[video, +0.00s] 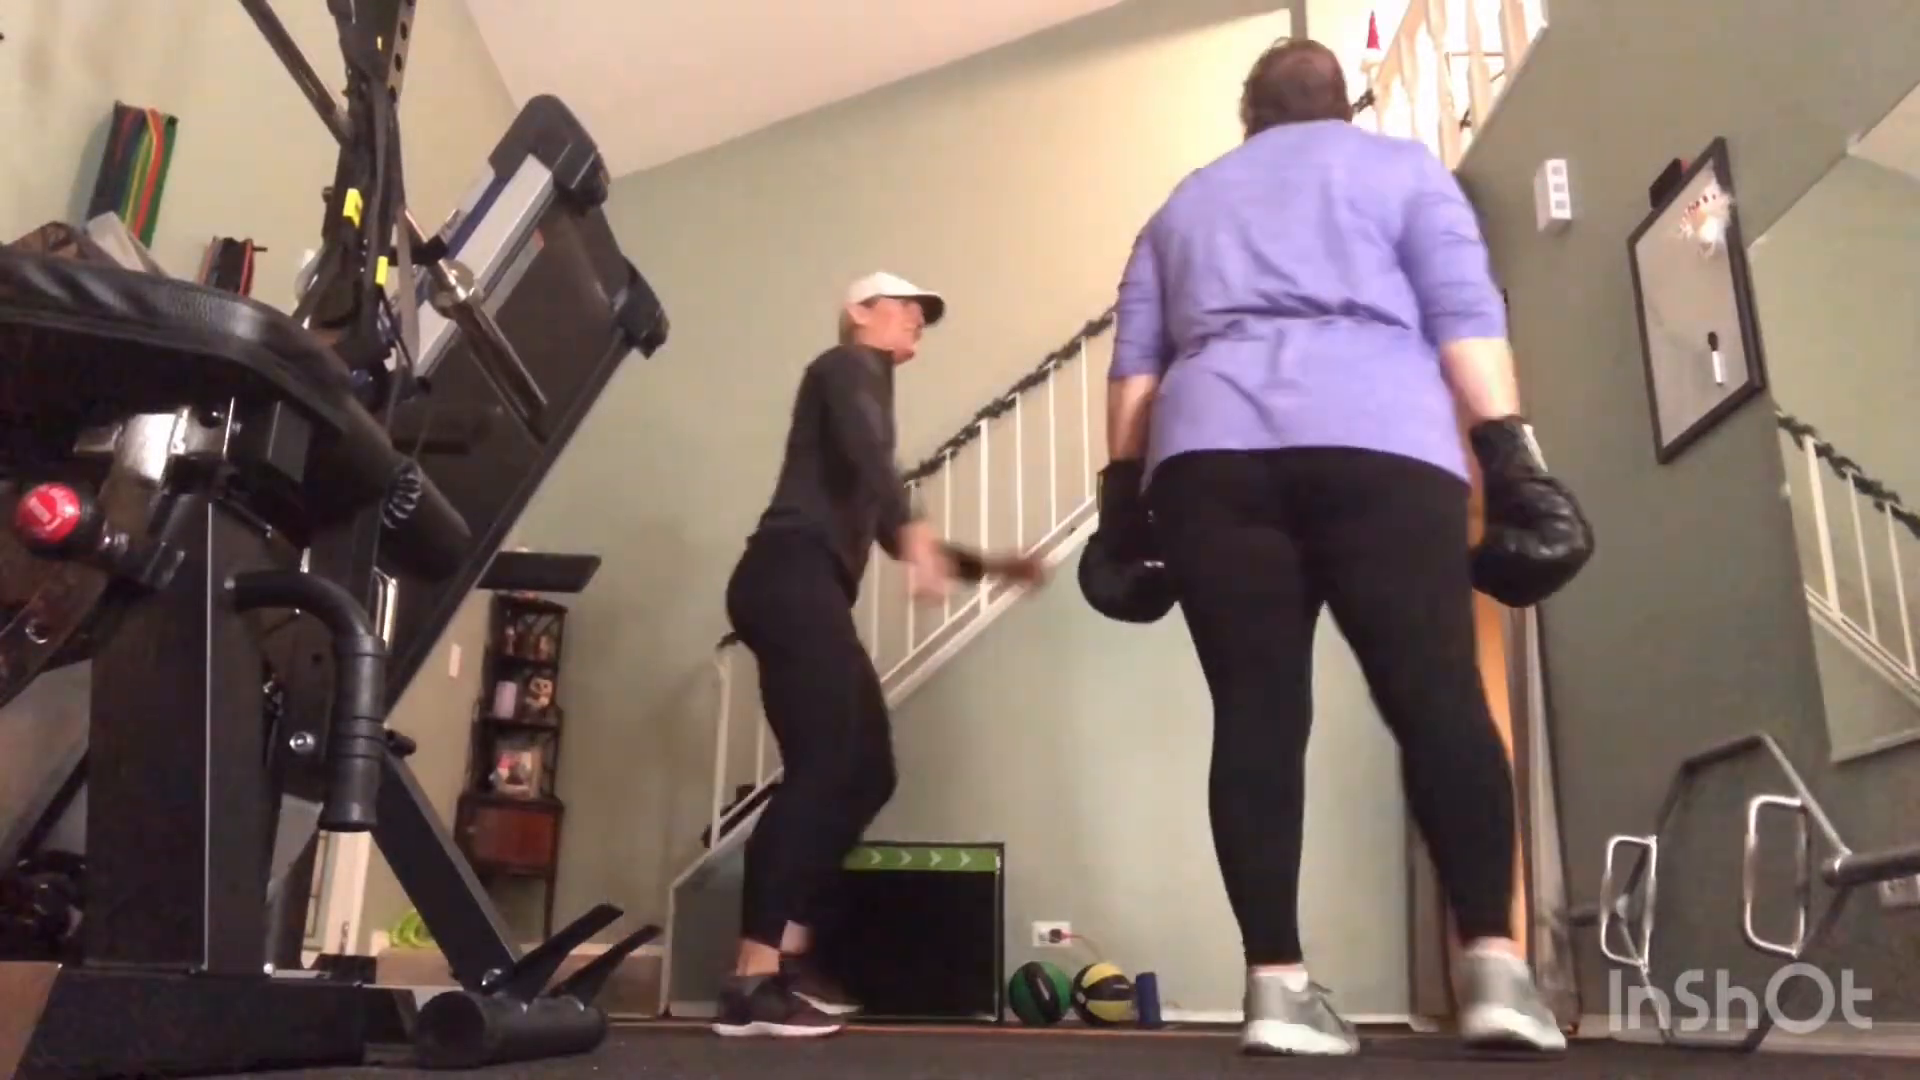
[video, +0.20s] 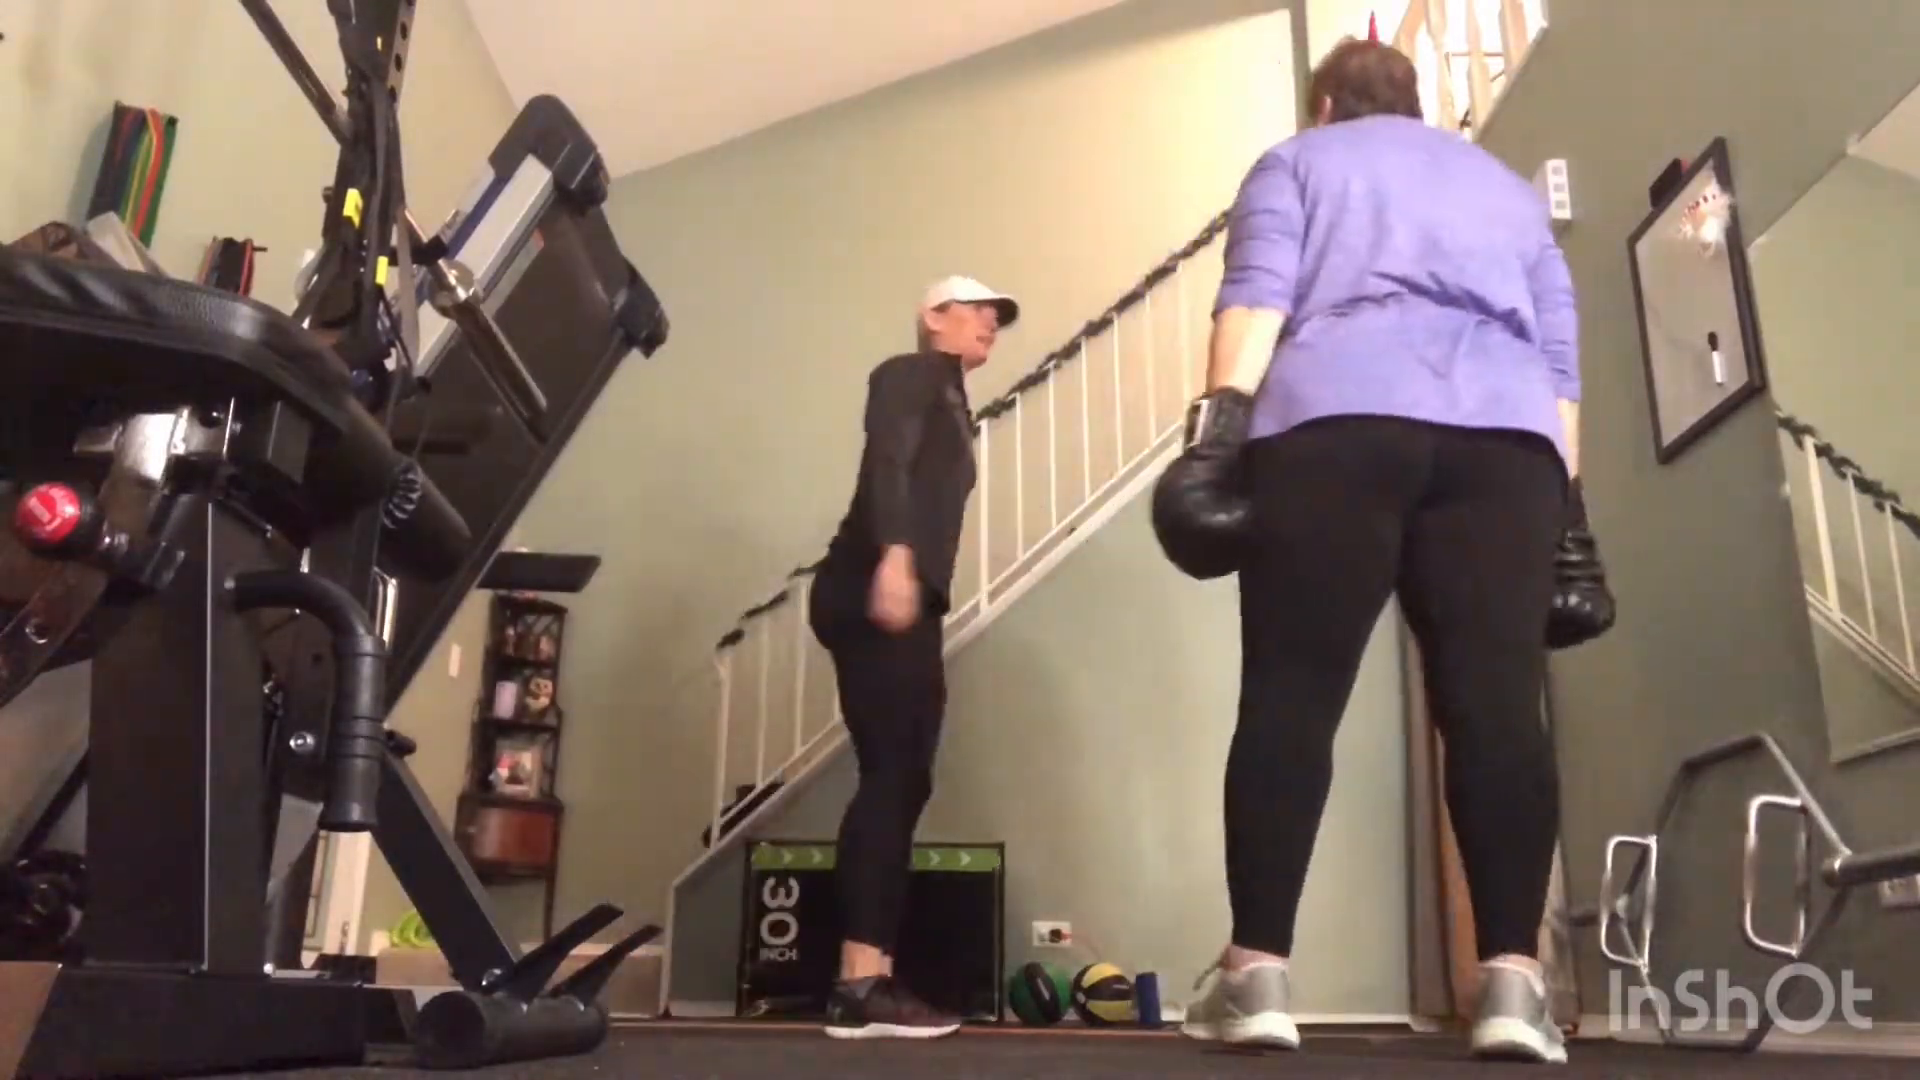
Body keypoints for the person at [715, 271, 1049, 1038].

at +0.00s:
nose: (917, 327)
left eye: (919, 318)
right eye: (907, 313)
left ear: (881, 321)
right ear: (864, 313)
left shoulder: (869, 397)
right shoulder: (846, 365)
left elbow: (897, 535)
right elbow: (863, 454)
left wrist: (993, 567)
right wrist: (907, 534)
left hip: (815, 588)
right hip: (788, 574)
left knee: (866, 772)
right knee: (821, 764)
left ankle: (789, 962)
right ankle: (751, 980)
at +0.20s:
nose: (991, 330)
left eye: (994, 322)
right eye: (979, 316)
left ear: (967, 329)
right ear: (937, 317)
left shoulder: (945, 396)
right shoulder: (909, 372)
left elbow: (922, 496)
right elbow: (887, 458)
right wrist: (896, 556)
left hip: (902, 596)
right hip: (877, 589)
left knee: (901, 783)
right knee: (892, 780)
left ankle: (869, 976)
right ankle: (862, 981)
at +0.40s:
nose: (1027, 382)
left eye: (1034, 373)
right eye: (1025, 364)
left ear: (998, 356)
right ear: (992, 344)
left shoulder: (977, 418)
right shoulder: (949, 392)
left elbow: (955, 542)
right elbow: (931, 484)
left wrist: (963, 656)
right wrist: (945, 567)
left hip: (923, 609)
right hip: (894, 599)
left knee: (953, 793)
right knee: (920, 782)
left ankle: (913, 983)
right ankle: (861, 982)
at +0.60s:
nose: (1063, 397)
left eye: (1067, 387)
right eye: (1056, 383)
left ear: (1048, 392)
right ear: (1024, 380)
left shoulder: (1016, 445)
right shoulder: (997, 436)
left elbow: (996, 569)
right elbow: (1003, 546)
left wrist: (1018, 666)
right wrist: (1050, 624)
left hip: (972, 635)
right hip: (947, 631)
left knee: (994, 806)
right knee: (989, 805)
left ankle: (969, 983)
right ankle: (947, 985)